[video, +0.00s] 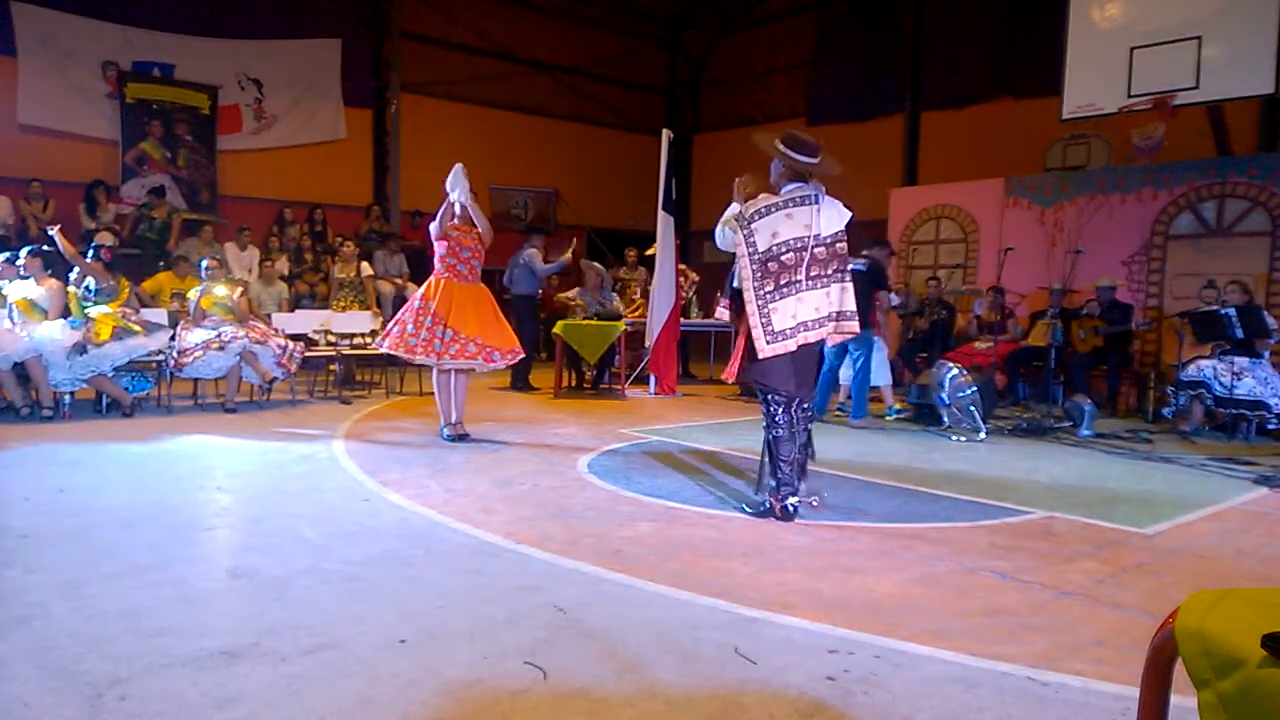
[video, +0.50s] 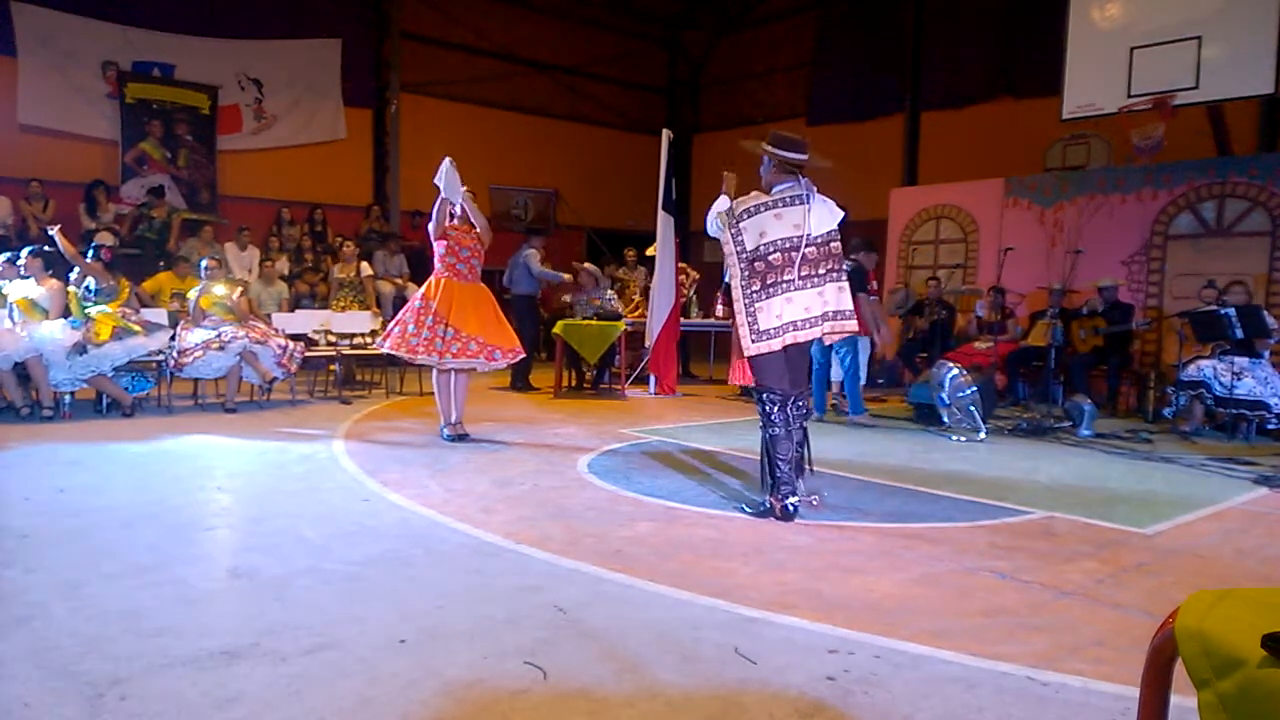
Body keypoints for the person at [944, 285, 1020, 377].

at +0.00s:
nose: (992, 300)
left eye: (996, 297)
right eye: (990, 296)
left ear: (1001, 299)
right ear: (985, 298)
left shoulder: (1008, 313)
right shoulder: (978, 316)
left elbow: (1012, 335)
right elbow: (974, 336)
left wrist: (993, 339)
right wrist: (971, 323)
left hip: (1003, 344)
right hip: (983, 345)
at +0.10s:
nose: (992, 300)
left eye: (996, 297)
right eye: (990, 296)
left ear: (1002, 299)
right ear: (986, 298)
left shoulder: (1008, 313)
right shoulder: (980, 313)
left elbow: (1012, 335)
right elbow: (973, 335)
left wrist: (993, 338)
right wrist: (971, 323)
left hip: (1002, 343)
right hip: (983, 343)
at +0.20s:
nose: (992, 300)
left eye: (996, 297)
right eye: (990, 296)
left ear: (1002, 299)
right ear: (987, 298)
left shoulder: (1008, 312)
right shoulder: (980, 312)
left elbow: (1012, 335)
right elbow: (973, 335)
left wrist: (992, 338)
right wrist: (971, 322)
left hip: (1002, 343)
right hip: (983, 343)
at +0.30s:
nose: (993, 300)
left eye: (996, 297)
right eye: (990, 297)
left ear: (1002, 299)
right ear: (986, 298)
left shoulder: (1007, 312)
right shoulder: (978, 313)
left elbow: (1012, 335)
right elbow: (973, 335)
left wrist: (993, 338)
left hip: (1002, 344)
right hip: (983, 344)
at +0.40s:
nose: (992, 299)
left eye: (996, 297)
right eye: (990, 296)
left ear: (1002, 300)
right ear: (986, 298)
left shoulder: (1007, 313)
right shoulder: (979, 314)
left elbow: (1012, 335)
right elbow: (973, 335)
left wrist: (992, 338)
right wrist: (971, 322)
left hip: (1002, 343)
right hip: (982, 343)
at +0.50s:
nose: (993, 300)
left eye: (996, 297)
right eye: (990, 296)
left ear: (1002, 299)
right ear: (986, 297)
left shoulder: (1008, 313)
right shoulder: (980, 314)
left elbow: (1012, 335)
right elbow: (973, 335)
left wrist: (993, 339)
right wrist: (972, 322)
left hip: (1002, 344)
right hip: (982, 344)